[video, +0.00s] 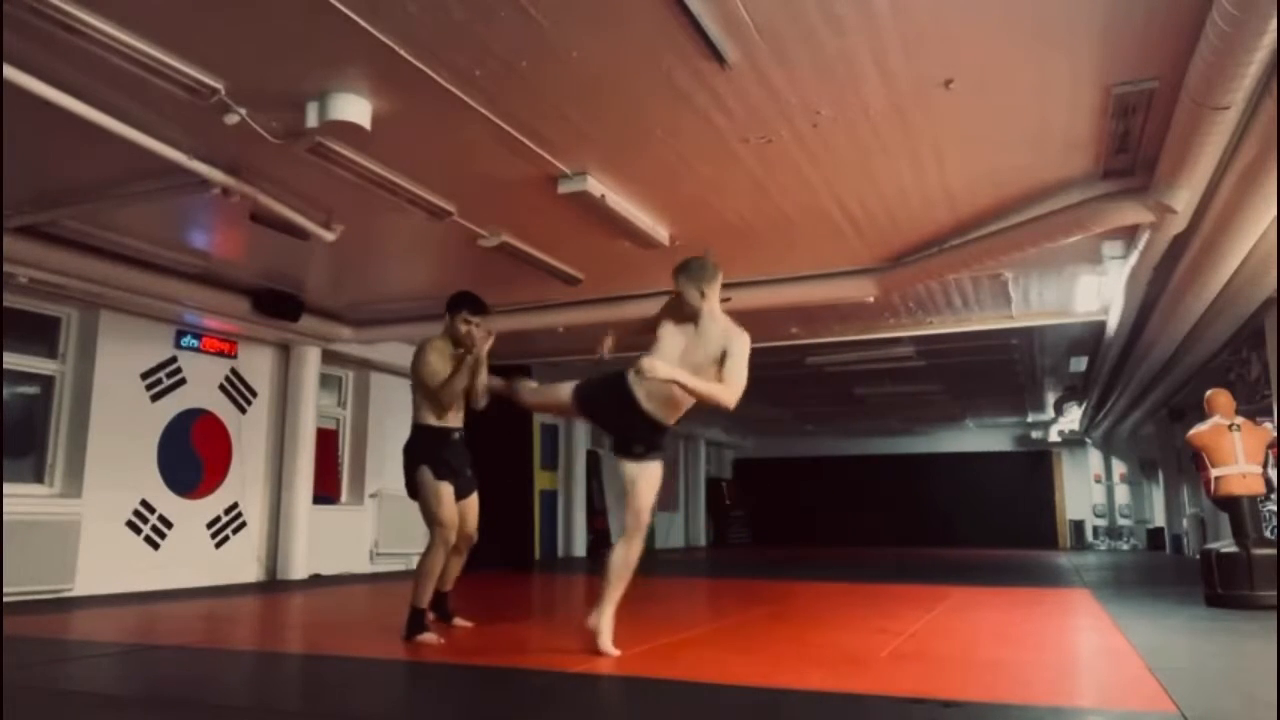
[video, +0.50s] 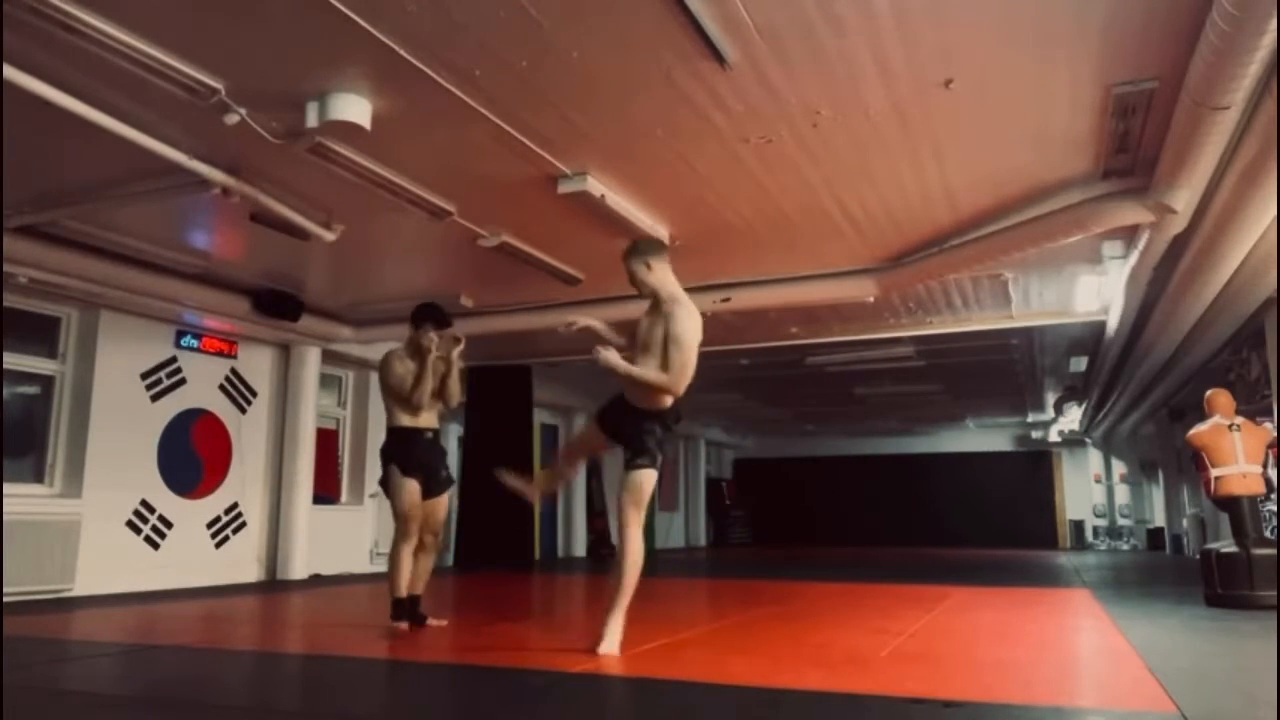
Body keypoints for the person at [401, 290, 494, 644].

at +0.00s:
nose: (472, 330)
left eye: (477, 325)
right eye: (466, 322)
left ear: (482, 328)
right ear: (449, 319)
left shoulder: (470, 355)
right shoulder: (431, 351)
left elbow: (478, 400)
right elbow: (443, 399)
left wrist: (482, 356)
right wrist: (469, 358)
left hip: (457, 446)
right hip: (428, 445)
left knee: (467, 533)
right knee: (444, 531)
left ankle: (442, 604)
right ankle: (417, 619)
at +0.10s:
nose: (466, 331)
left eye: (472, 326)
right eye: (462, 324)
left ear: (474, 328)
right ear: (447, 321)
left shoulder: (468, 357)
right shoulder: (424, 353)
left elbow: (472, 396)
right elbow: (442, 397)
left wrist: (475, 355)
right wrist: (461, 354)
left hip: (455, 446)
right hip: (425, 445)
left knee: (463, 534)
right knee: (439, 529)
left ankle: (432, 601)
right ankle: (416, 619)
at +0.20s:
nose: (456, 335)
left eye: (462, 330)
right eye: (452, 327)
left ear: (467, 334)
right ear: (438, 325)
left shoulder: (466, 363)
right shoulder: (415, 356)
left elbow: (461, 399)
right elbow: (435, 394)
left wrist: (467, 355)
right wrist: (449, 351)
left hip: (454, 448)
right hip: (423, 446)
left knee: (456, 538)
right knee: (433, 529)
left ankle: (421, 605)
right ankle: (416, 616)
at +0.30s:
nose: (450, 343)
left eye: (455, 339)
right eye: (447, 336)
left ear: (458, 340)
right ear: (432, 330)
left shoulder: (456, 365)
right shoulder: (406, 359)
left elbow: (457, 402)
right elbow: (424, 397)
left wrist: (462, 359)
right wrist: (433, 353)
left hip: (449, 449)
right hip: (418, 447)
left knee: (447, 537)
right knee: (429, 528)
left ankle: (417, 604)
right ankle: (415, 614)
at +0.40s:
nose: (438, 346)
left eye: (444, 342)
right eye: (435, 339)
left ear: (450, 342)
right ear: (422, 334)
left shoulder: (446, 365)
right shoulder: (399, 362)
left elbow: (452, 401)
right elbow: (419, 401)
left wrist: (457, 360)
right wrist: (428, 356)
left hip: (441, 450)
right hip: (411, 448)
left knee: (440, 537)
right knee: (419, 528)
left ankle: (416, 606)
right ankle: (411, 609)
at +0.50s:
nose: (435, 339)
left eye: (440, 334)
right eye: (431, 332)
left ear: (443, 336)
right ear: (415, 329)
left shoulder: (439, 363)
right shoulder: (394, 360)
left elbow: (452, 400)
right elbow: (415, 401)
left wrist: (453, 358)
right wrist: (428, 358)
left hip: (433, 448)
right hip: (402, 446)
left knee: (432, 534)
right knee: (408, 529)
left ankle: (415, 604)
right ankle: (399, 606)